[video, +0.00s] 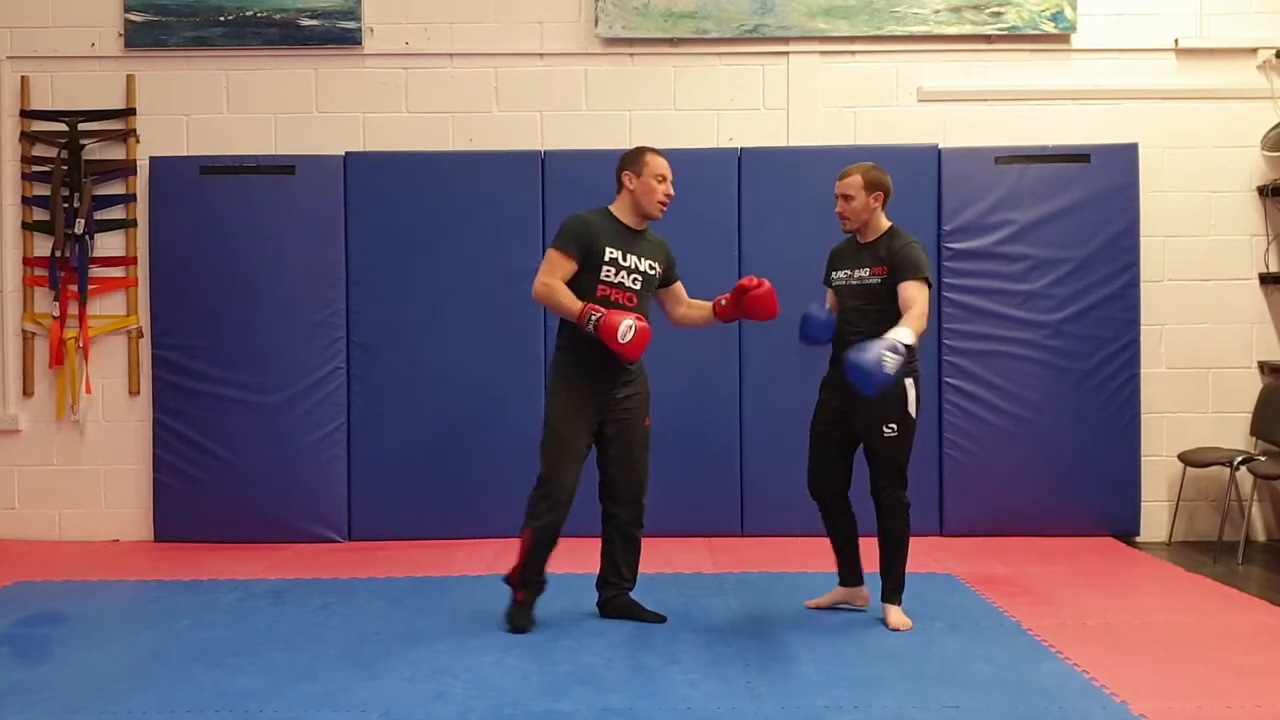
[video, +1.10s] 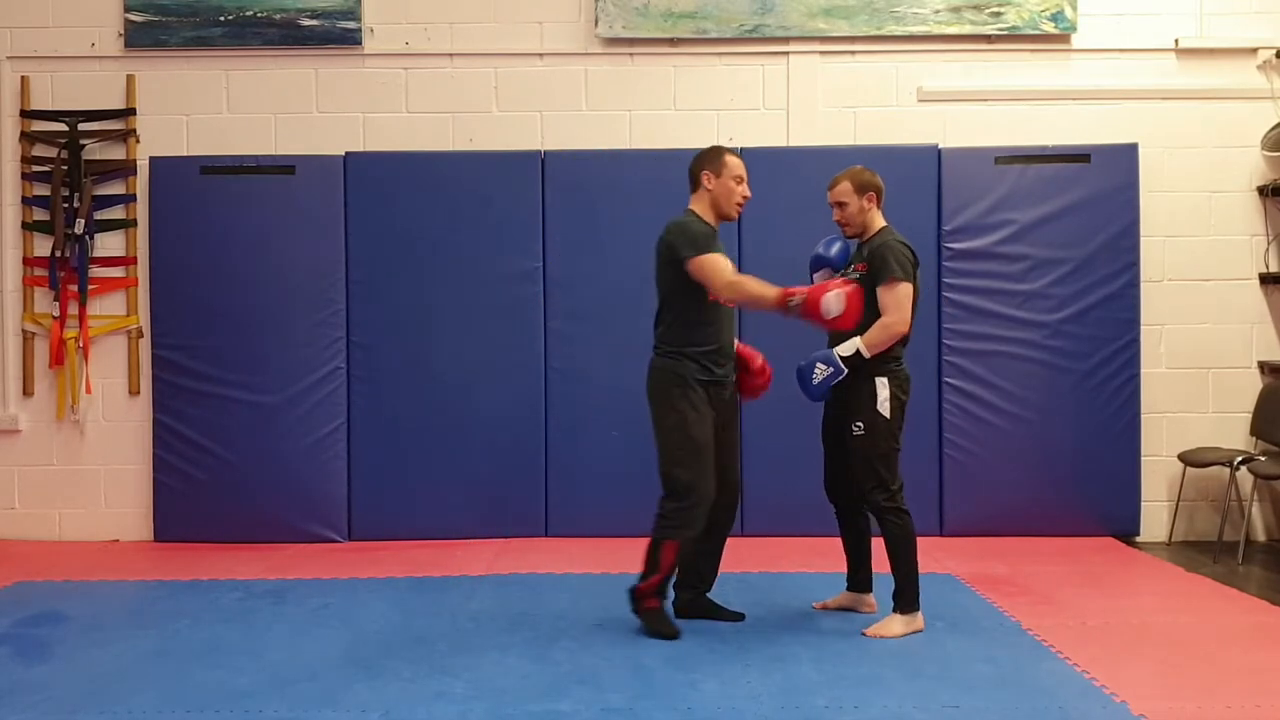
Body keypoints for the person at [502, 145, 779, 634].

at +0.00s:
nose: (668, 190)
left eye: (670, 182)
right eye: (659, 179)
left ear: (660, 188)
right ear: (629, 181)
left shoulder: (659, 251)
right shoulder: (584, 228)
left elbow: (681, 310)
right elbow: (544, 287)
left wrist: (727, 307)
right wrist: (595, 318)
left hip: (628, 384)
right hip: (576, 379)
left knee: (627, 492)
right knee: (557, 487)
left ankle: (615, 594)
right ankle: (524, 592)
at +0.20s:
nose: (663, 189)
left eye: (669, 181)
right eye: (654, 178)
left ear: (671, 188)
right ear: (627, 180)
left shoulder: (663, 249)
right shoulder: (589, 230)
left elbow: (672, 313)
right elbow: (548, 291)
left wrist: (711, 335)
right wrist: (598, 325)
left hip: (641, 379)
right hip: (590, 377)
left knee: (640, 486)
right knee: (598, 484)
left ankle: (622, 593)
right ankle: (600, 603)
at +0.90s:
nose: (712, 190)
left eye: (713, 181)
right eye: (702, 180)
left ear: (706, 188)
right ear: (671, 183)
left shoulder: (705, 246)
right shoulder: (636, 241)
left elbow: (711, 306)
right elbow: (614, 310)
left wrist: (735, 309)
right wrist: (674, 332)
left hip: (705, 390)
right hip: (654, 390)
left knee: (717, 495)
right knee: (632, 498)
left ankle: (693, 595)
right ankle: (607, 605)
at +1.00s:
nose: (731, 193)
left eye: (732, 184)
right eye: (723, 182)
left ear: (704, 186)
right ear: (692, 183)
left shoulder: (708, 246)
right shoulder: (663, 237)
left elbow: (704, 312)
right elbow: (663, 302)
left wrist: (745, 328)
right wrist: (725, 321)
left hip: (712, 386)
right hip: (670, 384)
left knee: (719, 493)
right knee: (660, 492)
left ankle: (693, 595)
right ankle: (620, 599)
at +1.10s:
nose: (746, 192)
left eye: (746, 183)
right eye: (738, 181)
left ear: (714, 184)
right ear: (707, 181)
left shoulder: (711, 240)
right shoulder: (685, 231)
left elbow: (701, 316)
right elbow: (725, 285)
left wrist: (737, 355)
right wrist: (795, 298)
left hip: (717, 382)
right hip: (680, 380)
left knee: (722, 491)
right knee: (691, 489)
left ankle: (693, 595)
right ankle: (648, 596)